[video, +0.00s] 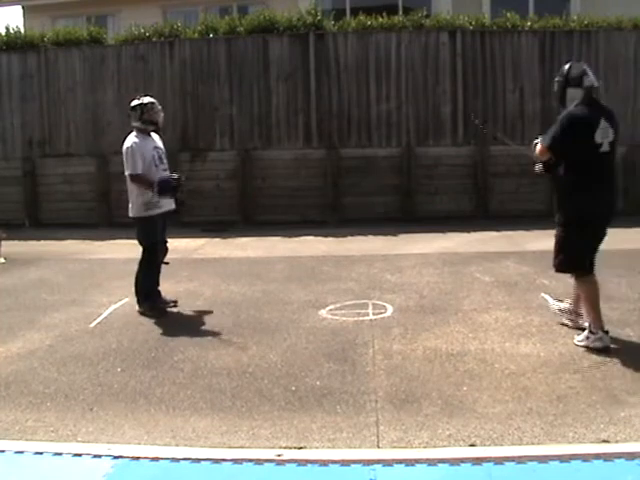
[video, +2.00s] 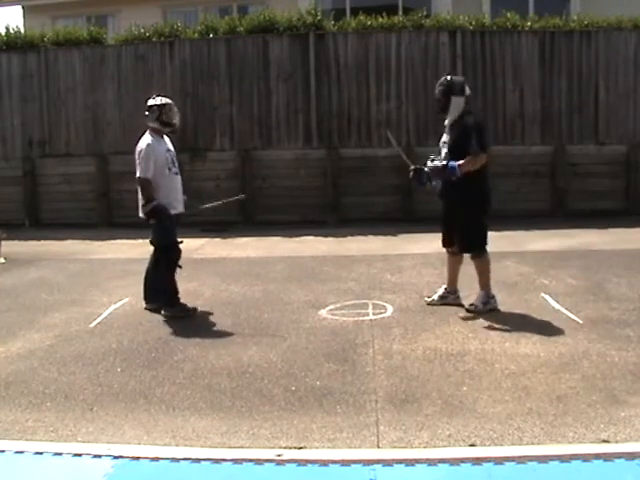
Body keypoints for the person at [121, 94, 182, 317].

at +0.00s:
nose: (159, 115)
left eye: (159, 111)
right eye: (154, 112)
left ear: (154, 115)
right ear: (142, 116)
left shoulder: (155, 138)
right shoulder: (132, 144)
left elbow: (158, 167)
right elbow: (134, 175)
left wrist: (171, 179)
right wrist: (159, 186)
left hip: (160, 207)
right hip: (145, 209)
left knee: (158, 251)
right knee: (151, 252)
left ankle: (154, 295)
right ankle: (145, 300)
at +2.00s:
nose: (173, 117)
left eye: (173, 112)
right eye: (168, 112)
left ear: (165, 116)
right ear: (157, 115)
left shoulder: (164, 140)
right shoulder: (147, 145)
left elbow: (166, 173)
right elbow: (143, 179)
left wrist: (177, 197)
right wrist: (152, 204)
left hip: (171, 206)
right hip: (160, 207)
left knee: (163, 252)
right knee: (169, 252)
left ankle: (154, 297)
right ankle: (170, 301)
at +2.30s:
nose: (176, 117)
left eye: (176, 112)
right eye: (172, 113)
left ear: (157, 116)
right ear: (164, 115)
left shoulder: (164, 139)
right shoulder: (155, 145)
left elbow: (173, 172)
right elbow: (163, 176)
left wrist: (190, 188)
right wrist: (184, 194)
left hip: (170, 207)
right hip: (165, 209)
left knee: (167, 251)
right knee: (173, 253)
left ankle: (155, 296)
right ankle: (170, 301)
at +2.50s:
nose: (175, 118)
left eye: (175, 113)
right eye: (171, 113)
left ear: (153, 116)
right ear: (163, 115)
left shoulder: (159, 139)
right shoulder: (157, 143)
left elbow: (174, 169)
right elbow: (183, 164)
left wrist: (196, 179)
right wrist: (213, 171)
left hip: (171, 207)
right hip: (167, 209)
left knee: (169, 251)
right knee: (174, 253)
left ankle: (158, 297)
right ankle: (170, 302)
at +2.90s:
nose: (177, 120)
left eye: (176, 116)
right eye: (174, 116)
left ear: (154, 116)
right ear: (168, 117)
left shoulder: (150, 138)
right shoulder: (165, 138)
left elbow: (166, 167)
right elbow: (200, 152)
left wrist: (186, 167)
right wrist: (204, 151)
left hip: (159, 206)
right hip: (173, 206)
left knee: (166, 251)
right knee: (181, 251)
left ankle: (160, 299)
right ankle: (177, 301)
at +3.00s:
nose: (177, 119)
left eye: (177, 116)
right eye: (176, 115)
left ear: (156, 115)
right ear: (168, 115)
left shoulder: (151, 138)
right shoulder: (162, 134)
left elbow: (162, 171)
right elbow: (193, 123)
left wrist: (184, 176)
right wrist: (213, 127)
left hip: (162, 206)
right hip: (172, 205)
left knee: (165, 253)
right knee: (186, 252)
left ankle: (159, 299)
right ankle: (190, 302)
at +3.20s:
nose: (184, 118)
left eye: (183, 113)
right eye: (180, 113)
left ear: (161, 113)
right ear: (169, 113)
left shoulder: (161, 135)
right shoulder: (163, 132)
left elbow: (183, 108)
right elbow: (179, 107)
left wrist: (201, 91)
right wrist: (202, 87)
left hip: (171, 202)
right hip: (177, 201)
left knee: (170, 252)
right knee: (190, 251)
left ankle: (160, 298)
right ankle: (192, 302)